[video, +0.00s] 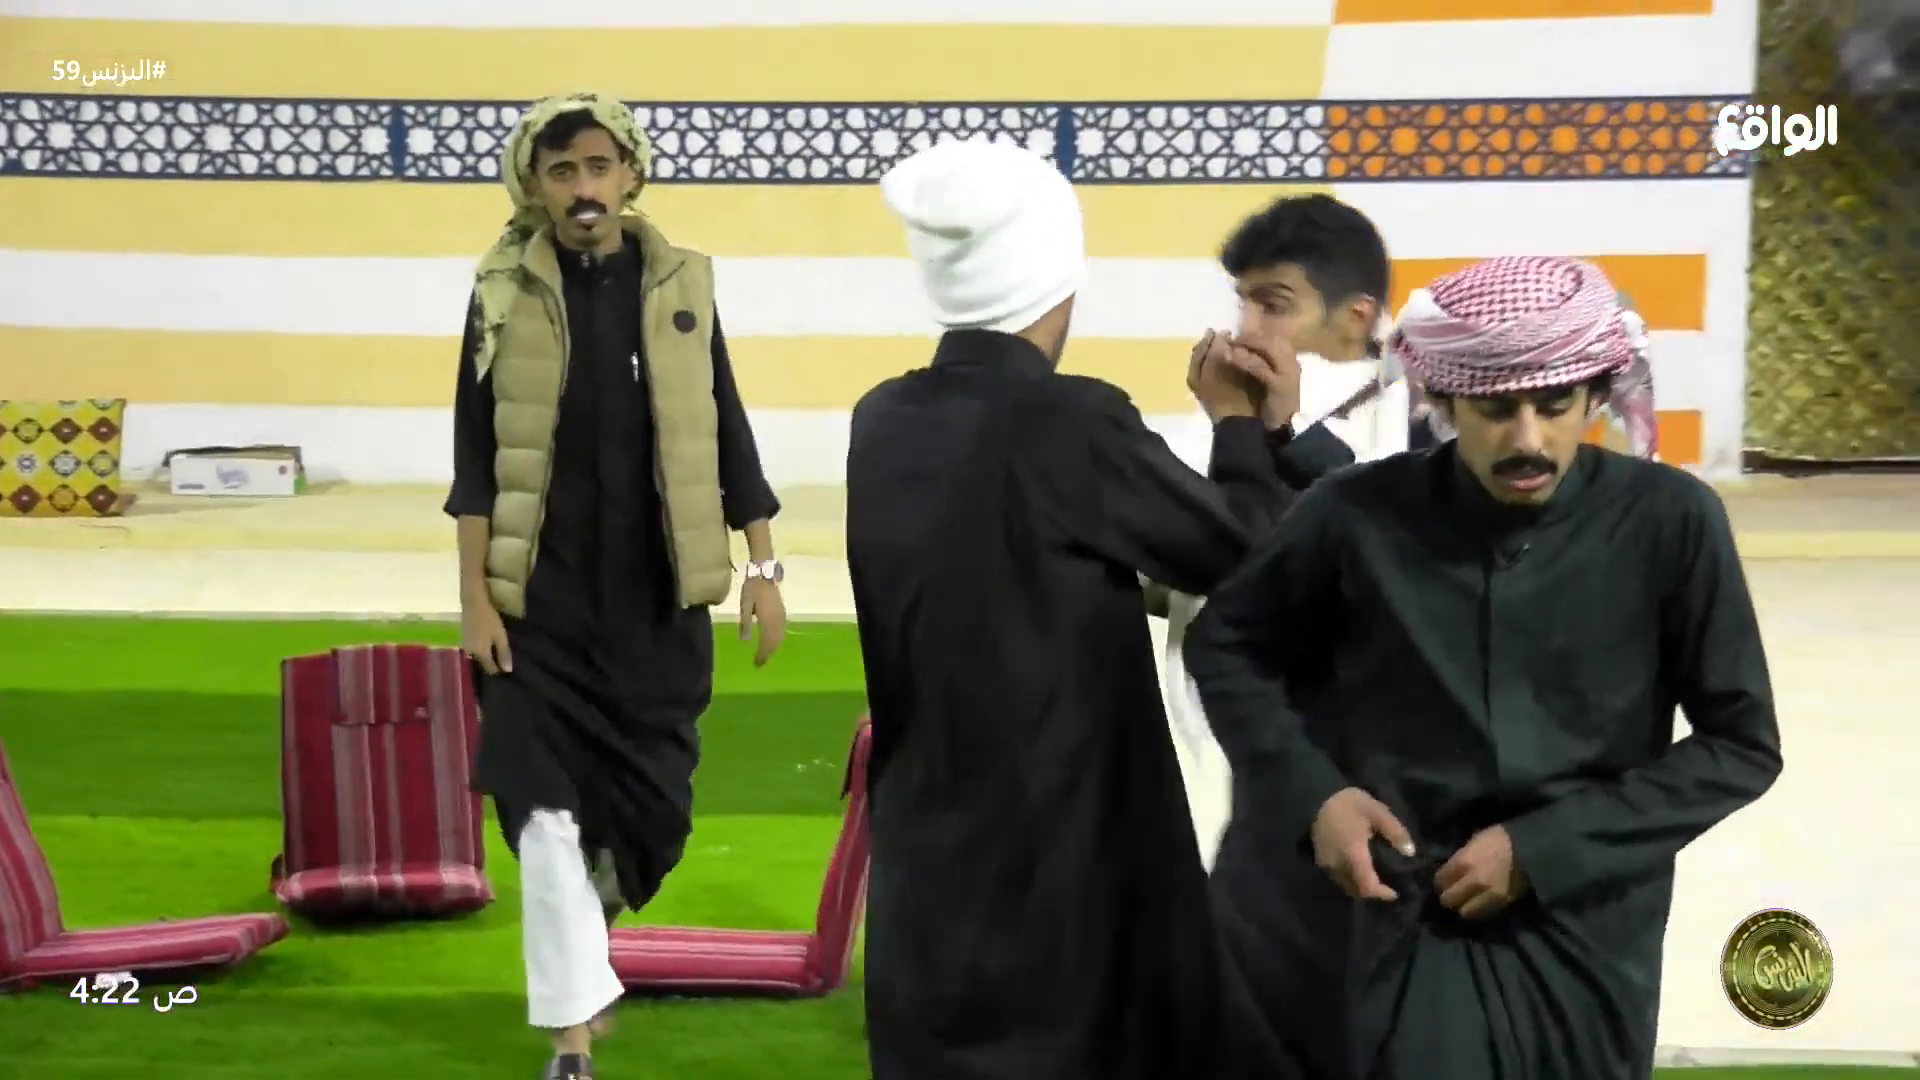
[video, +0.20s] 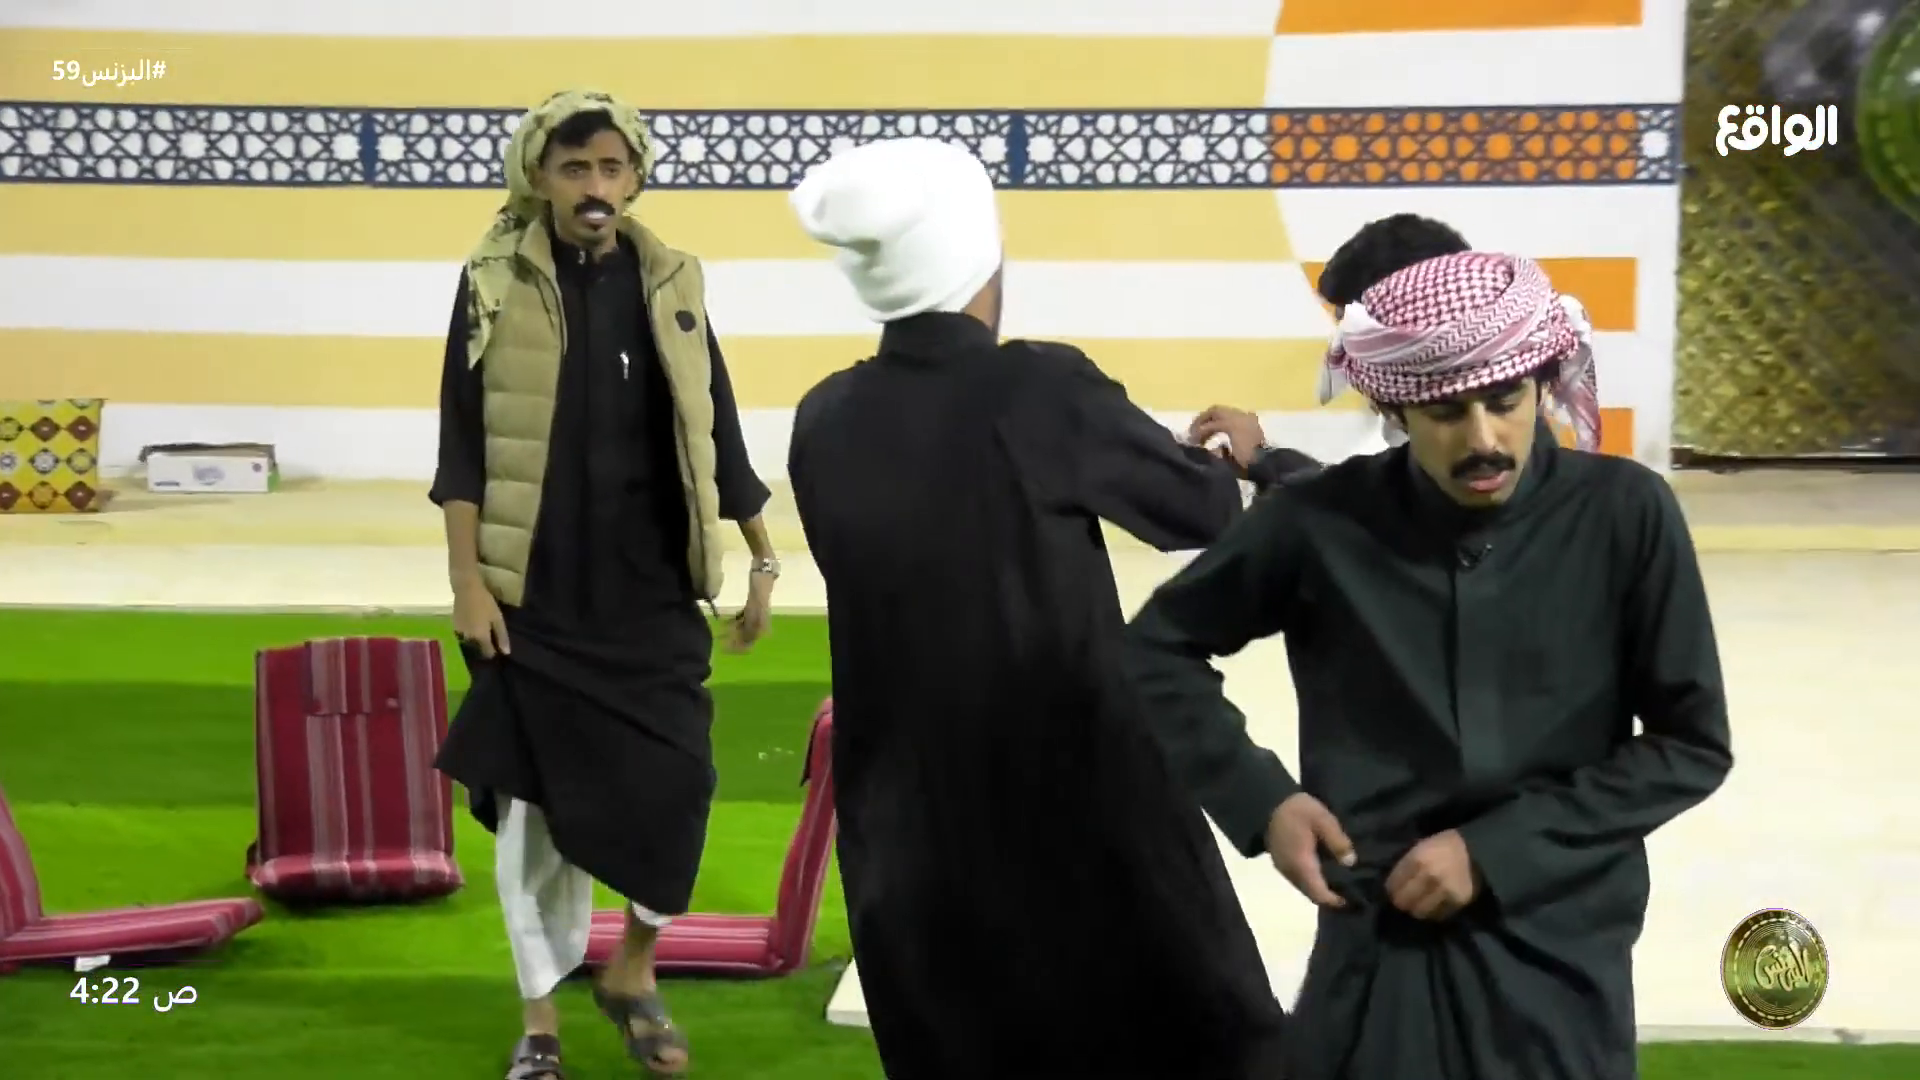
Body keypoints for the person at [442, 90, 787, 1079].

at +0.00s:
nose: (584, 186)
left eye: (601, 165)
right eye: (562, 170)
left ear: (633, 176)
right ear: (533, 187)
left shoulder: (681, 283)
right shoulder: (502, 293)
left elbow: (727, 426)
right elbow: (475, 450)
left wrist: (761, 562)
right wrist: (474, 593)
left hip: (656, 597)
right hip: (533, 595)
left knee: (652, 825)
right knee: (544, 815)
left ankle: (582, 920)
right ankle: (571, 1033)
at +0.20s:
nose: (596, 185)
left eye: (613, 167)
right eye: (575, 167)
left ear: (636, 174)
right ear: (540, 177)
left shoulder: (671, 281)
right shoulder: (493, 284)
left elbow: (718, 423)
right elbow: (460, 439)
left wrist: (760, 546)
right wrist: (466, 578)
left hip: (653, 588)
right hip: (531, 590)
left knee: (677, 780)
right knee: (533, 803)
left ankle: (632, 970)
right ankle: (539, 1021)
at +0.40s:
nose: (640, 207)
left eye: (658, 191)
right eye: (621, 187)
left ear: (673, 199)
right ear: (579, 190)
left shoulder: (688, 299)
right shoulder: (521, 292)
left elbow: (735, 437)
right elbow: (489, 448)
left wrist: (779, 566)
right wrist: (484, 591)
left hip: (665, 603)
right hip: (547, 602)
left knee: (675, 804)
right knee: (536, 812)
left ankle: (649, 1031)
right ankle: (518, 1006)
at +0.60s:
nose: (665, 200)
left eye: (680, 185)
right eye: (648, 179)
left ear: (693, 196)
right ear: (599, 179)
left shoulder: (697, 289)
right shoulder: (538, 278)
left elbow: (757, 395)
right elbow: (505, 428)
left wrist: (754, 419)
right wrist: (517, 561)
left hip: (669, 582)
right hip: (568, 578)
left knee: (663, 784)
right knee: (572, 782)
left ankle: (632, 1007)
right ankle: (491, 953)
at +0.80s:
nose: (654, 197)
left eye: (668, 182)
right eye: (637, 178)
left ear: (675, 189)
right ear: (587, 177)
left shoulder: (679, 286)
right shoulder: (528, 278)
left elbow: (764, 367)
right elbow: (502, 431)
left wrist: (751, 356)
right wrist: (534, 560)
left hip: (662, 572)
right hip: (565, 570)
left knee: (638, 777)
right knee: (571, 782)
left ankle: (614, 981)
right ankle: (526, 1014)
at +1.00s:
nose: (624, 198)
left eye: (634, 182)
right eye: (606, 180)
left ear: (638, 185)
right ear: (553, 179)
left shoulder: (641, 283)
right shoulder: (503, 284)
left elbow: (701, 402)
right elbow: (484, 438)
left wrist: (765, 453)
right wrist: (517, 566)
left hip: (639, 570)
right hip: (543, 571)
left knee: (625, 758)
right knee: (547, 773)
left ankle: (604, 961)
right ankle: (526, 996)